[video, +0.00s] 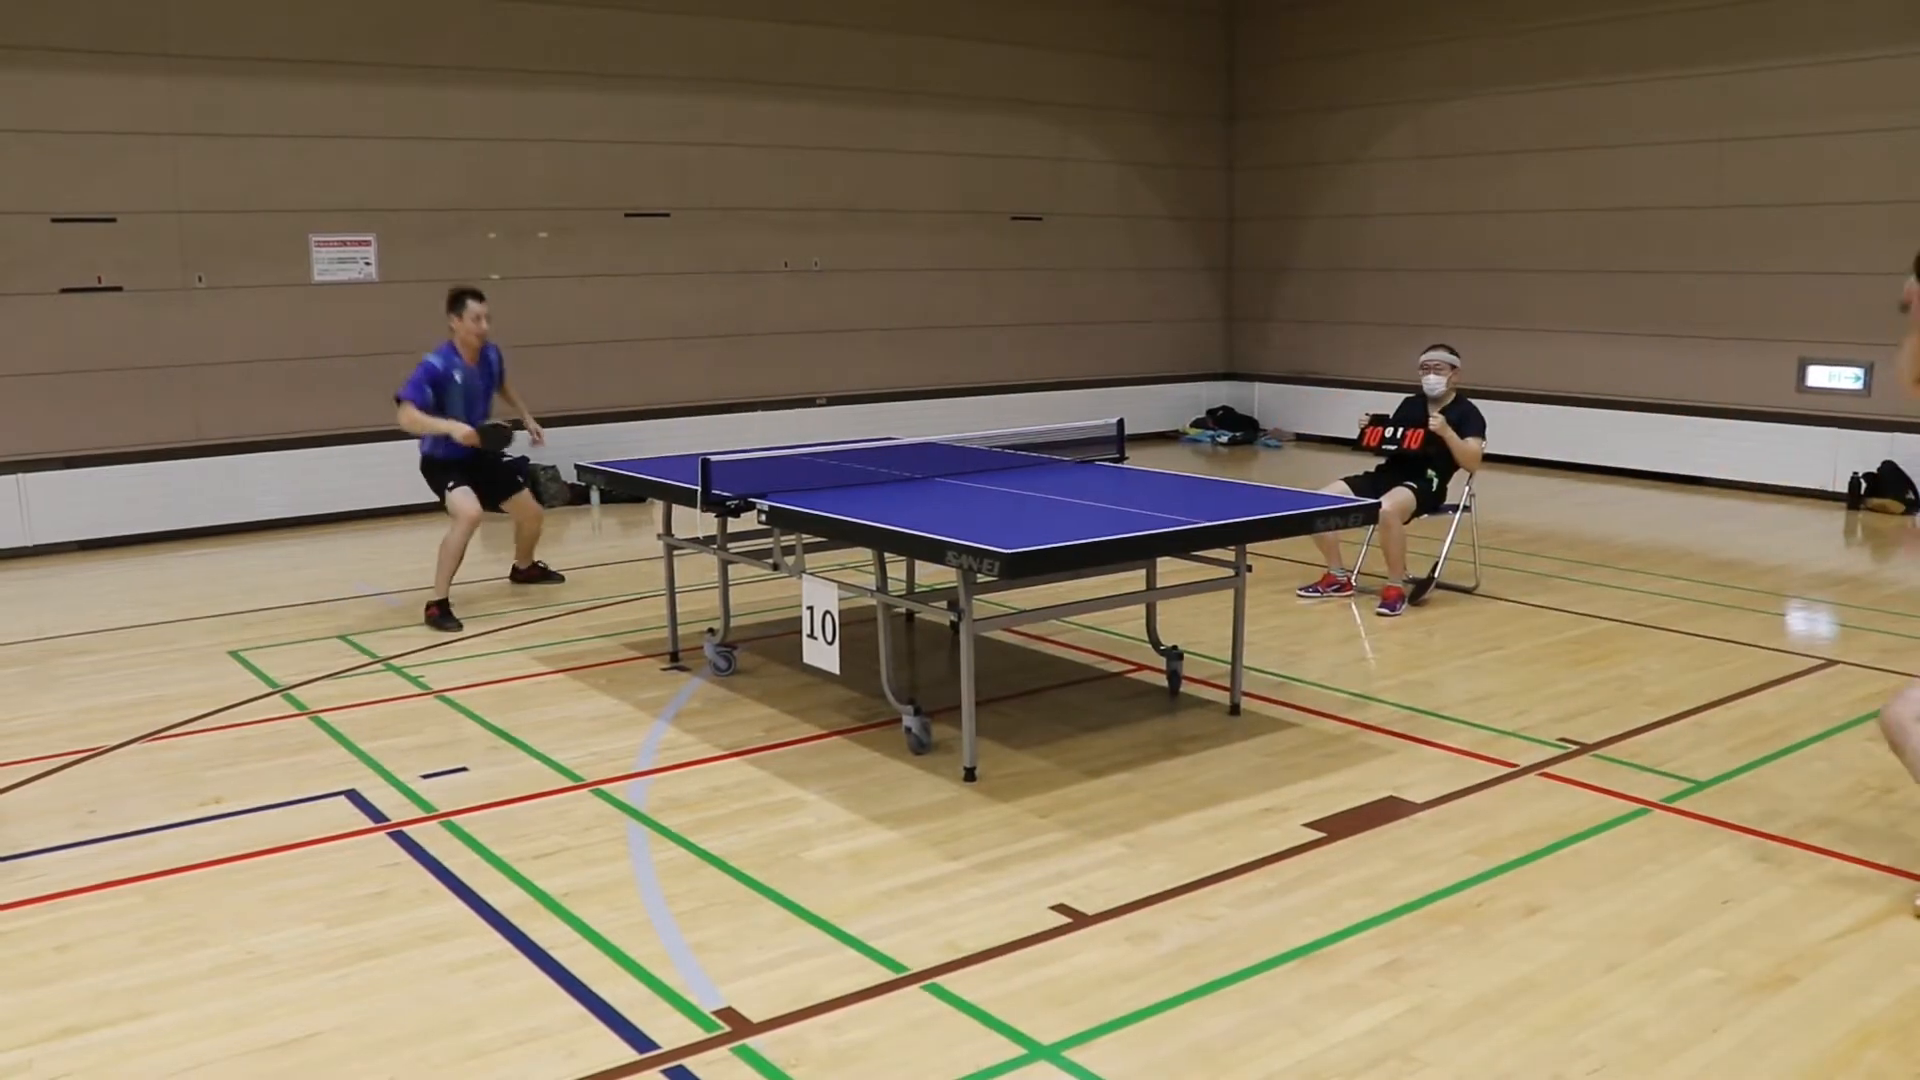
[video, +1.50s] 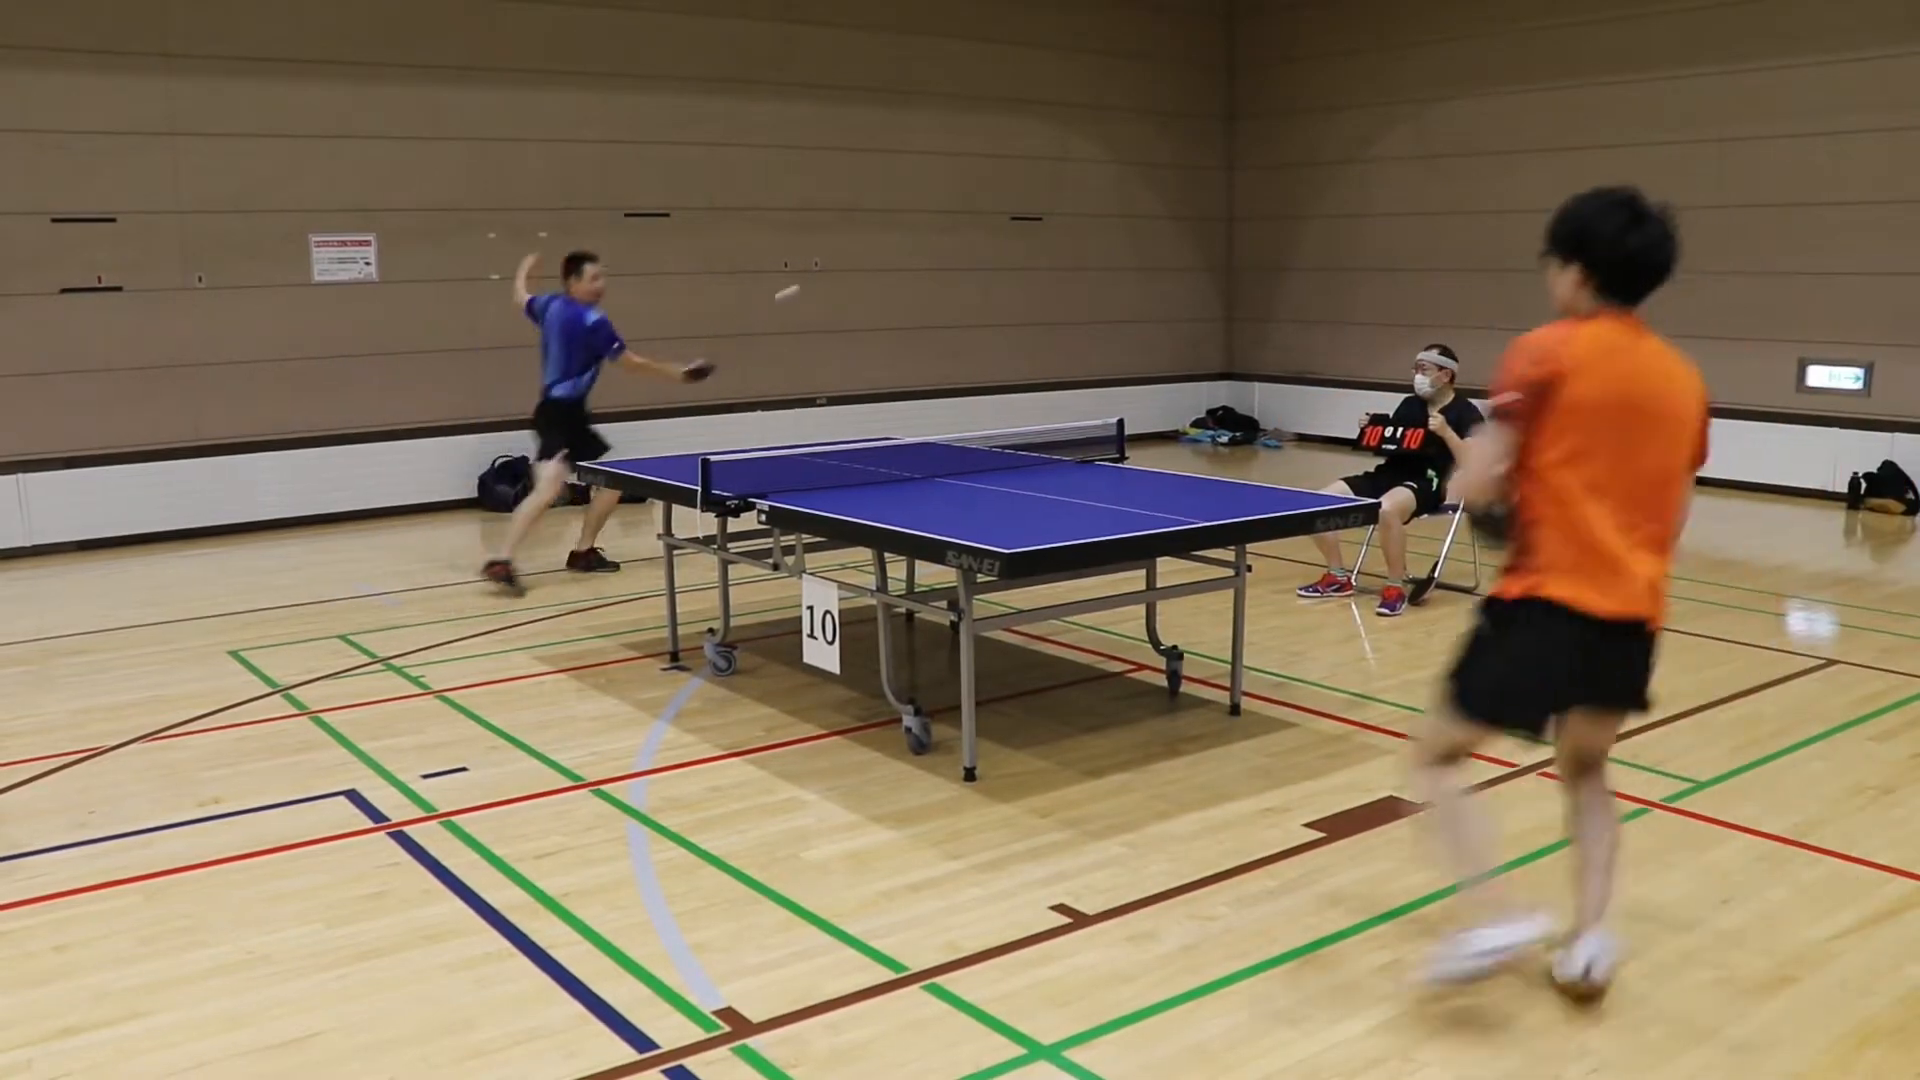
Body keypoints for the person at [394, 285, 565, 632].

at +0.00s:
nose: (484, 326)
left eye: (487, 318)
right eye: (476, 319)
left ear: (488, 320)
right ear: (454, 323)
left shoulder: (490, 355)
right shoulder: (436, 365)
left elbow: (503, 388)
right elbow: (406, 416)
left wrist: (526, 417)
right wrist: (451, 427)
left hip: (480, 454)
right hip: (441, 459)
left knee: (531, 514)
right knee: (469, 513)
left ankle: (524, 568)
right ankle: (438, 604)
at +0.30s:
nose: (459, 357)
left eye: (462, 349)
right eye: (449, 351)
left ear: (466, 350)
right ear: (430, 355)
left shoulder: (479, 379)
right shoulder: (417, 394)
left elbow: (501, 390)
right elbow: (380, 427)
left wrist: (534, 401)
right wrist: (357, 415)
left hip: (478, 473)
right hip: (435, 479)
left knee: (535, 526)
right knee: (451, 516)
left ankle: (524, 564)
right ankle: (436, 604)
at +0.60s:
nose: (447, 309)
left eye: (450, 301)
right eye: (438, 301)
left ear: (453, 304)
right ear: (417, 304)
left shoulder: (463, 338)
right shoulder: (392, 351)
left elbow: (487, 359)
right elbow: (354, 390)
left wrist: (527, 376)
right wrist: (345, 410)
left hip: (457, 439)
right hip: (414, 446)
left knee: (504, 514)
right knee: (427, 509)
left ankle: (478, 556)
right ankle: (428, 600)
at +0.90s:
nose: (457, 305)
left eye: (460, 298)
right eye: (449, 299)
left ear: (462, 302)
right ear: (428, 303)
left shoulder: (469, 341)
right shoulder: (408, 351)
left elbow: (488, 367)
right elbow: (382, 403)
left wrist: (529, 385)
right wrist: (421, 422)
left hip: (464, 449)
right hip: (423, 453)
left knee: (504, 519)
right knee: (415, 529)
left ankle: (474, 576)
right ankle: (362, 610)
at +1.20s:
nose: (508, 312)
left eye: (511, 304)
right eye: (500, 304)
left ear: (515, 307)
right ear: (480, 308)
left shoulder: (519, 343)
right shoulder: (462, 351)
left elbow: (533, 374)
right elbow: (450, 403)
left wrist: (555, 402)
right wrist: (505, 415)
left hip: (514, 437)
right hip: (475, 443)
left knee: (567, 494)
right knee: (485, 506)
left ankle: (575, 547)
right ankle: (462, 588)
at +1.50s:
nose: (601, 285)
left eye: (602, 278)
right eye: (594, 278)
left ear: (575, 283)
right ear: (572, 282)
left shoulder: (549, 306)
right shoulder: (593, 321)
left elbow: (521, 297)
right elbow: (629, 362)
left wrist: (523, 268)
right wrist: (680, 372)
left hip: (559, 414)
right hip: (561, 415)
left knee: (615, 478)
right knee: (550, 487)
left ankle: (584, 552)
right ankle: (501, 561)